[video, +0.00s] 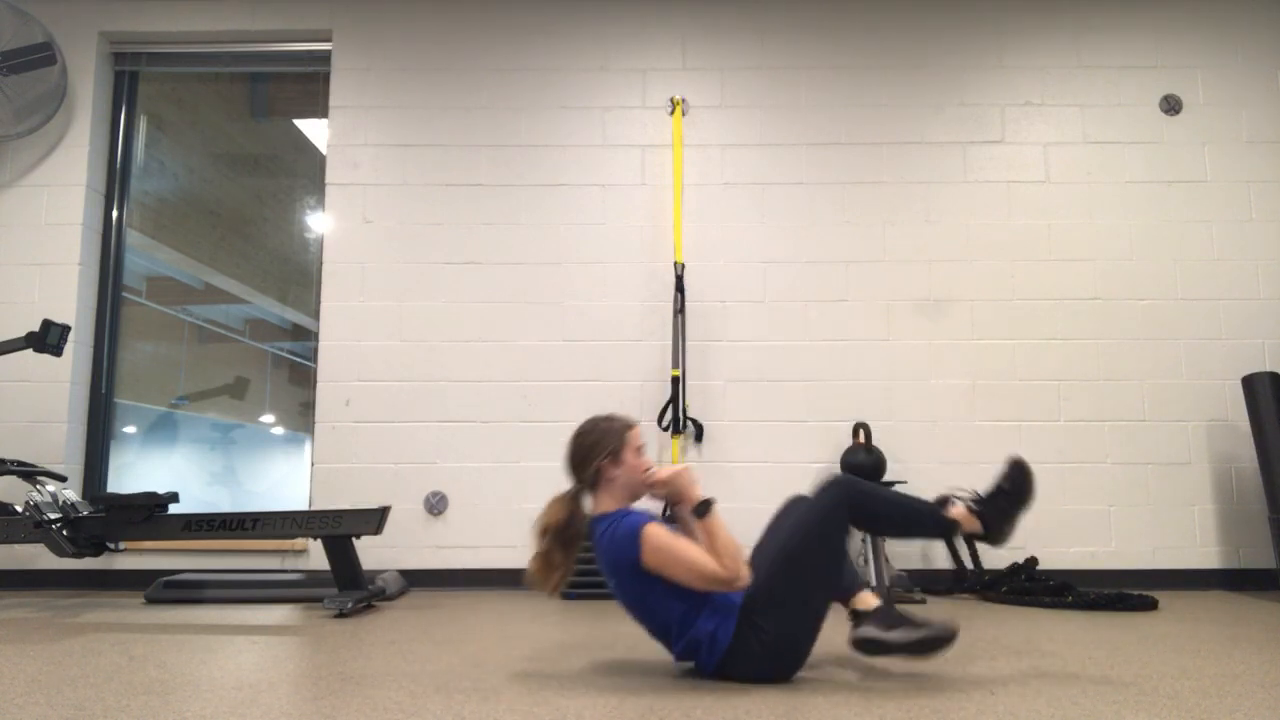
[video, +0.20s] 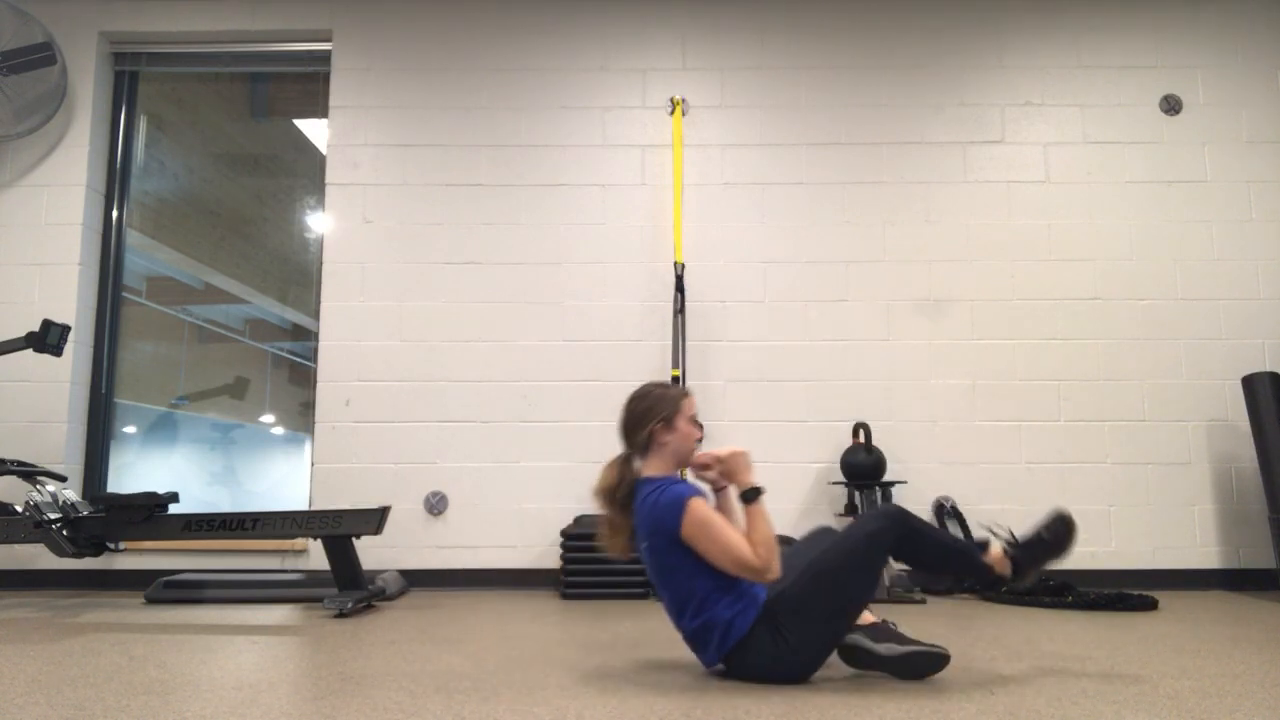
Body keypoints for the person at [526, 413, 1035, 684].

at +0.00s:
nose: (654, 457)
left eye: (647, 448)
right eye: (641, 451)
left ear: (613, 469)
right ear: (610, 470)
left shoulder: (620, 525)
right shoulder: (630, 531)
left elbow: (721, 573)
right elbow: (735, 574)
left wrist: (687, 507)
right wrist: (695, 503)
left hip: (740, 638)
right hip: (753, 649)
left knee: (805, 505)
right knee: (839, 495)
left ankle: (869, 613)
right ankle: (975, 517)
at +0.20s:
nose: (699, 432)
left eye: (695, 423)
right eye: (690, 423)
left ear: (659, 434)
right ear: (662, 433)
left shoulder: (659, 492)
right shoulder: (671, 500)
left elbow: (739, 559)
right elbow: (764, 567)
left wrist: (722, 493)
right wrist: (748, 487)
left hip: (748, 636)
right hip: (762, 648)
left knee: (811, 541)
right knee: (886, 521)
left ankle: (868, 625)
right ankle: (998, 564)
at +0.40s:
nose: (741, 413)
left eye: (737, 402)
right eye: (733, 402)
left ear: (698, 412)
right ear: (705, 411)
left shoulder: (695, 471)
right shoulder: (707, 478)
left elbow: (770, 551)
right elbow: (791, 556)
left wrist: (759, 481)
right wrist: (789, 475)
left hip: (760, 635)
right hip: (771, 644)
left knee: (848, 560)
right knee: (910, 537)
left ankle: (854, 646)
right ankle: (1015, 608)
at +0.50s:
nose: (761, 404)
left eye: (758, 393)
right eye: (753, 395)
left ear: (720, 403)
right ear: (723, 404)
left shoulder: (718, 466)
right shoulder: (723, 470)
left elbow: (791, 553)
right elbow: (805, 554)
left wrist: (780, 477)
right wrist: (806, 471)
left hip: (772, 632)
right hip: (778, 641)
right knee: (921, 545)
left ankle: (861, 654)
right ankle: (1017, 624)